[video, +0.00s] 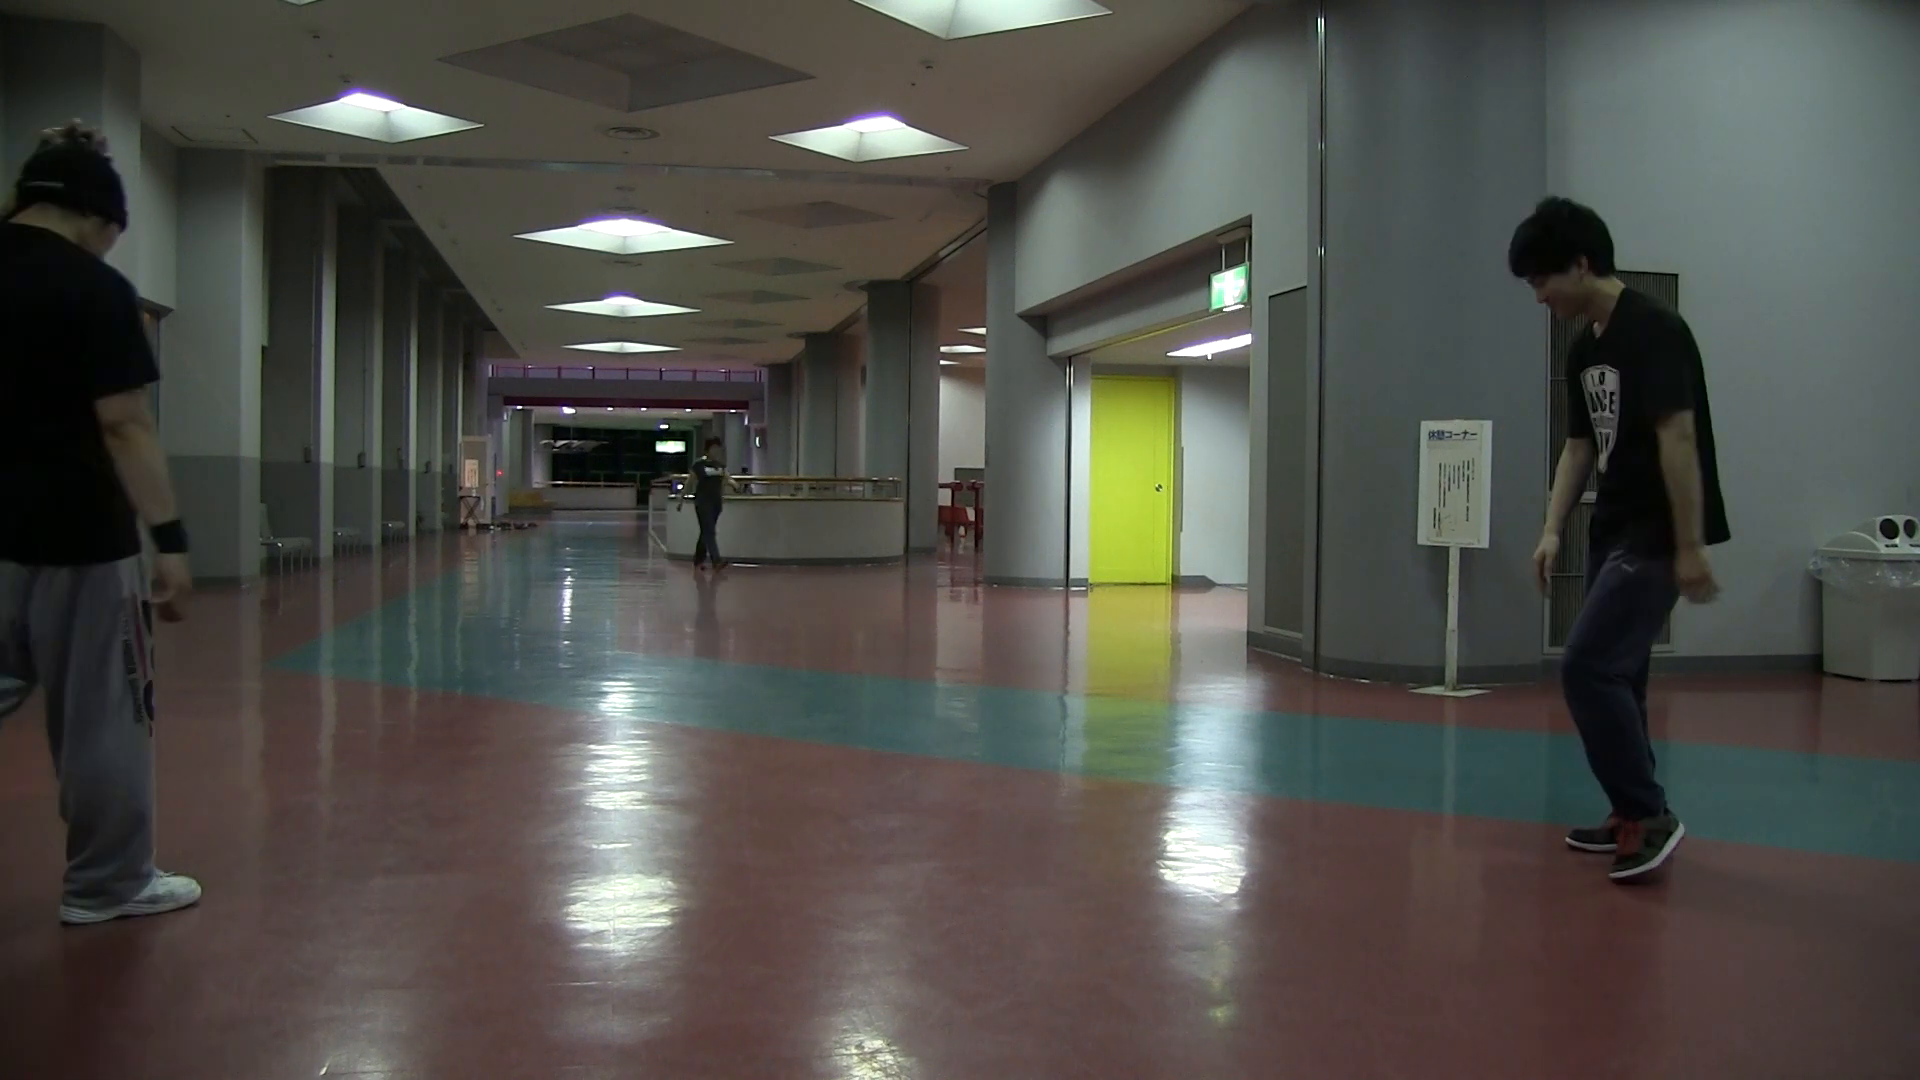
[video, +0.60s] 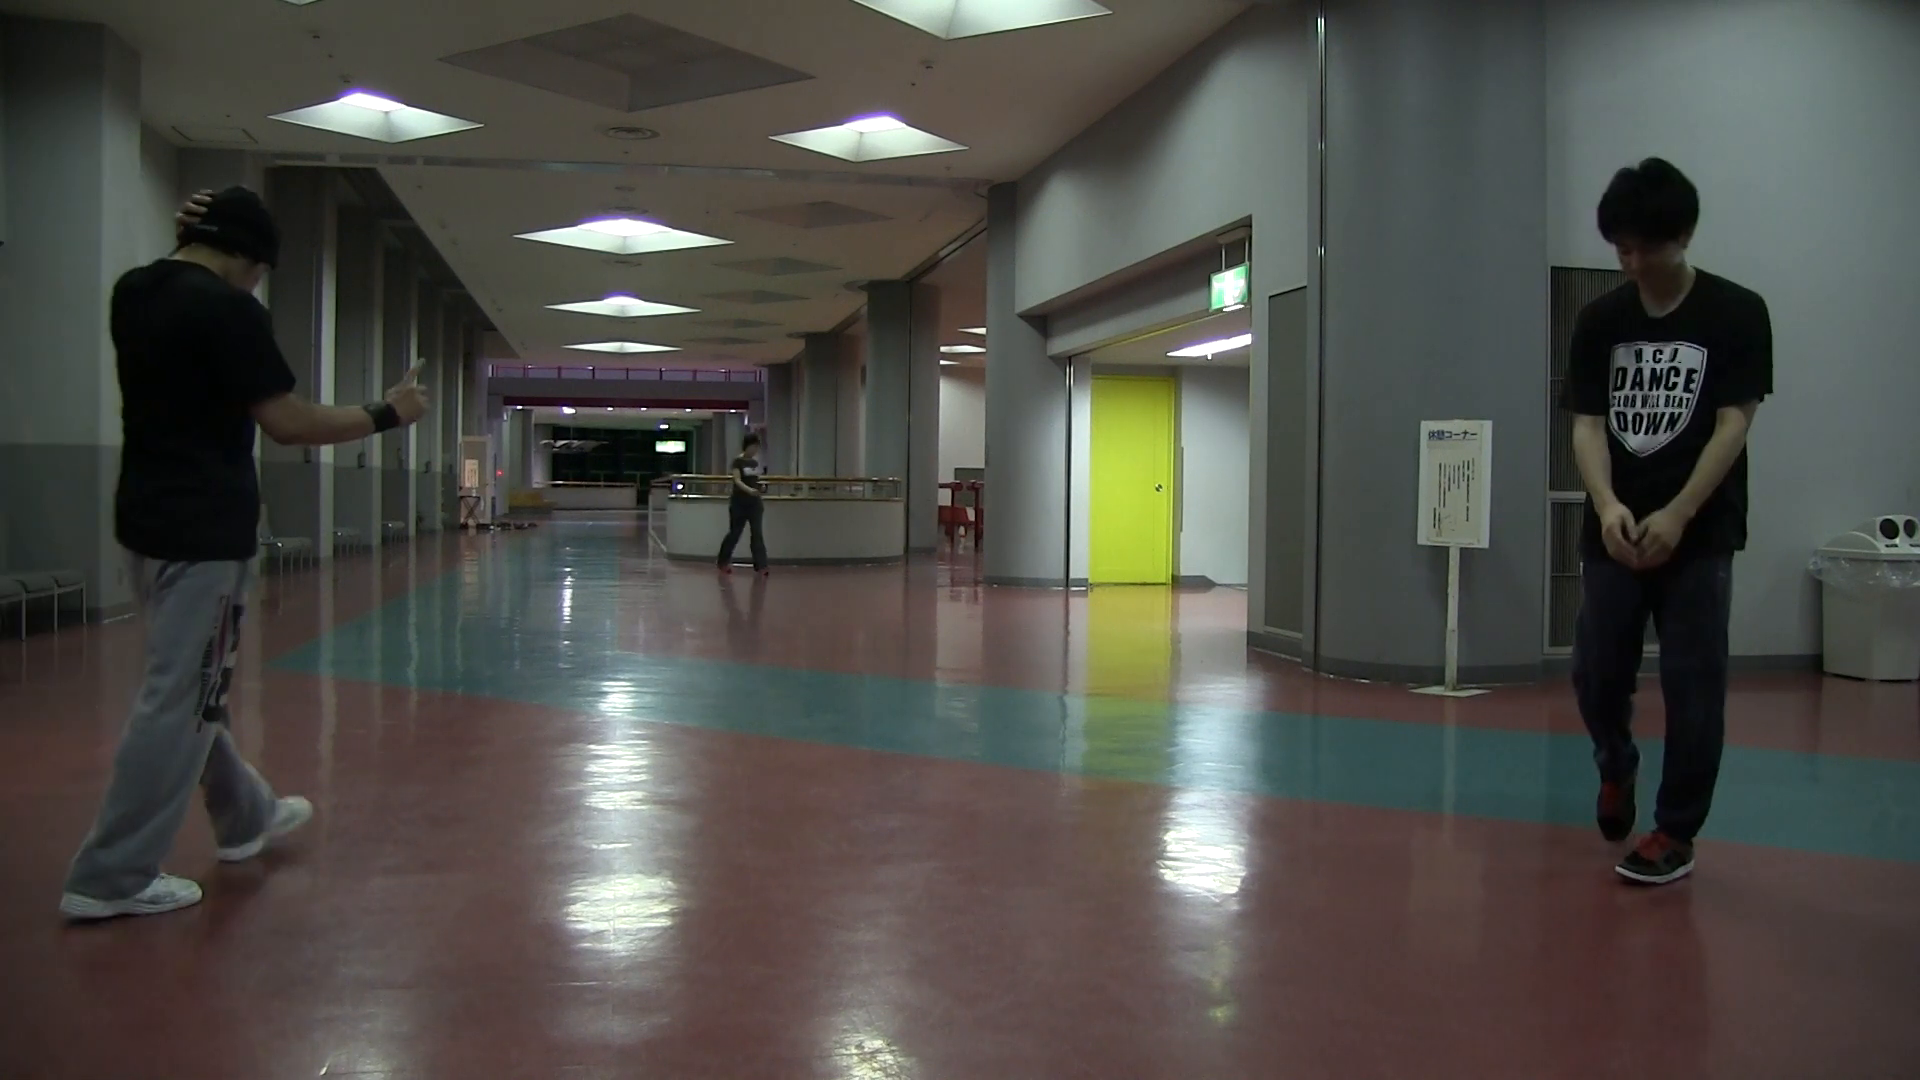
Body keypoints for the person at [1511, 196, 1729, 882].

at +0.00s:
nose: (1537, 294)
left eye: (1542, 278)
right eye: (1532, 281)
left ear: (1582, 264)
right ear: (1572, 271)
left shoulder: (1656, 329)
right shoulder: (1583, 346)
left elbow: (1677, 438)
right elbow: (1580, 443)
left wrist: (1691, 545)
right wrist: (1553, 528)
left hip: (1661, 534)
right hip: (1614, 531)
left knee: (1588, 666)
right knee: (1622, 675)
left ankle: (1649, 817)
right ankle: (1628, 816)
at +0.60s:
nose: (1632, 262)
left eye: (1646, 248)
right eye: (1622, 248)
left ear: (1682, 237)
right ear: (1612, 242)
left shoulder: (1738, 313)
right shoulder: (1600, 318)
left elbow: (1732, 426)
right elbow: (1587, 422)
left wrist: (1677, 513)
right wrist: (1605, 503)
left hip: (1698, 533)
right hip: (1613, 529)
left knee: (1692, 684)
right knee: (1597, 675)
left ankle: (1676, 834)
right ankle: (1616, 767)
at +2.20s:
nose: (1561, 233)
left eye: (1571, 217)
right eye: (1562, 219)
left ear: (1612, 218)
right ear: (1617, 221)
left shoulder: (1635, 284)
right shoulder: (1649, 286)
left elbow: (1673, 398)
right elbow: (1681, 402)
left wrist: (1723, 493)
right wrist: (1727, 489)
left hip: (1663, 530)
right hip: (1659, 529)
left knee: (1638, 692)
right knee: (1645, 692)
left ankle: (1763, 838)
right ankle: (1634, 858)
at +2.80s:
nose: (1649, 200)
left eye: (1661, 187)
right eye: (1652, 186)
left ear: (1708, 196)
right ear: (1696, 198)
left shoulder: (1754, 284)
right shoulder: (1698, 292)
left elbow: (1790, 414)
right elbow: (1722, 414)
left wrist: (1812, 515)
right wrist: (1798, 510)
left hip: (1747, 534)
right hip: (1699, 529)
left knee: (1759, 700)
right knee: (1682, 683)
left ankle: (1823, 879)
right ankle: (1680, 835)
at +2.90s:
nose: (1649, 207)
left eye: (1661, 194)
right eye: (1651, 194)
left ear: (1708, 203)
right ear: (1696, 206)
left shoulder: (1754, 289)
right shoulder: (1696, 296)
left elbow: (1792, 423)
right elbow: (1719, 420)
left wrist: (1809, 521)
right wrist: (1797, 517)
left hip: (1749, 539)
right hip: (1701, 536)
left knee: (1764, 704)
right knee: (1692, 690)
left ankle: (1825, 880)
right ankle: (1689, 836)